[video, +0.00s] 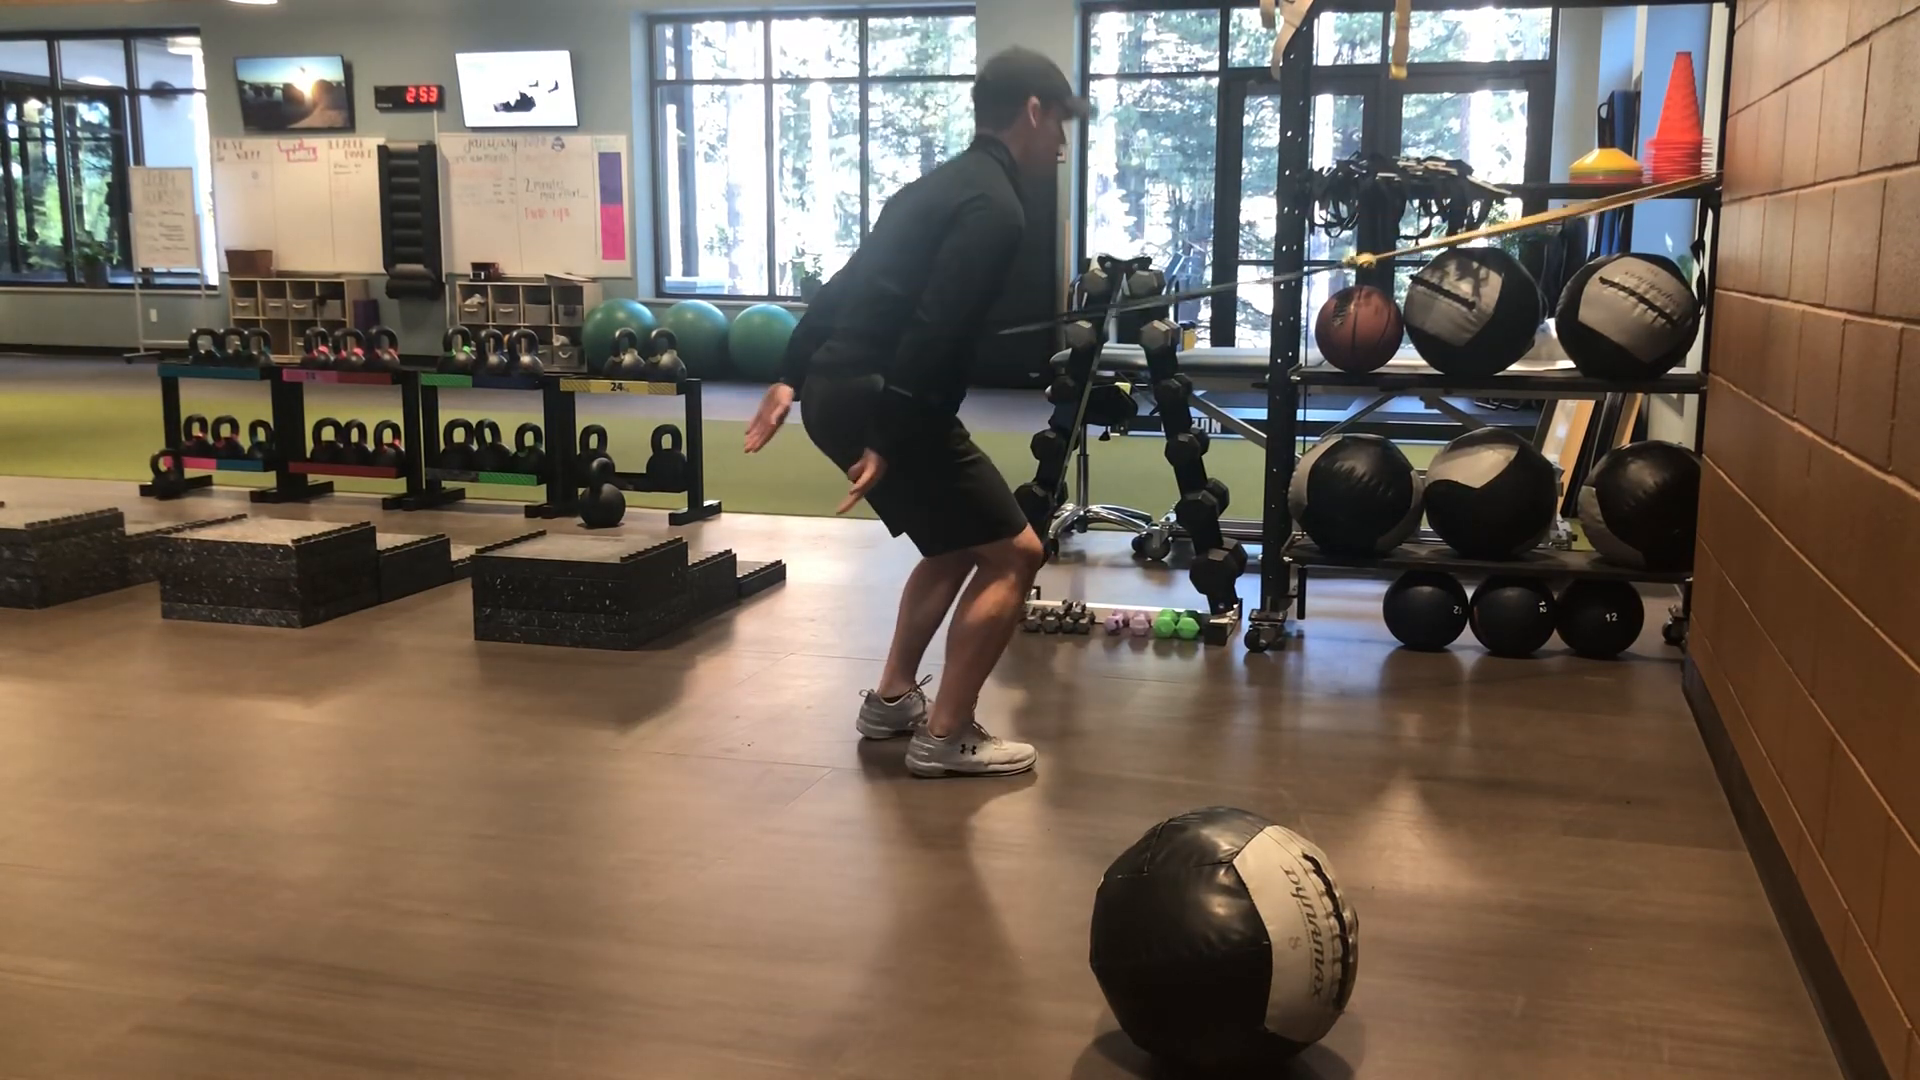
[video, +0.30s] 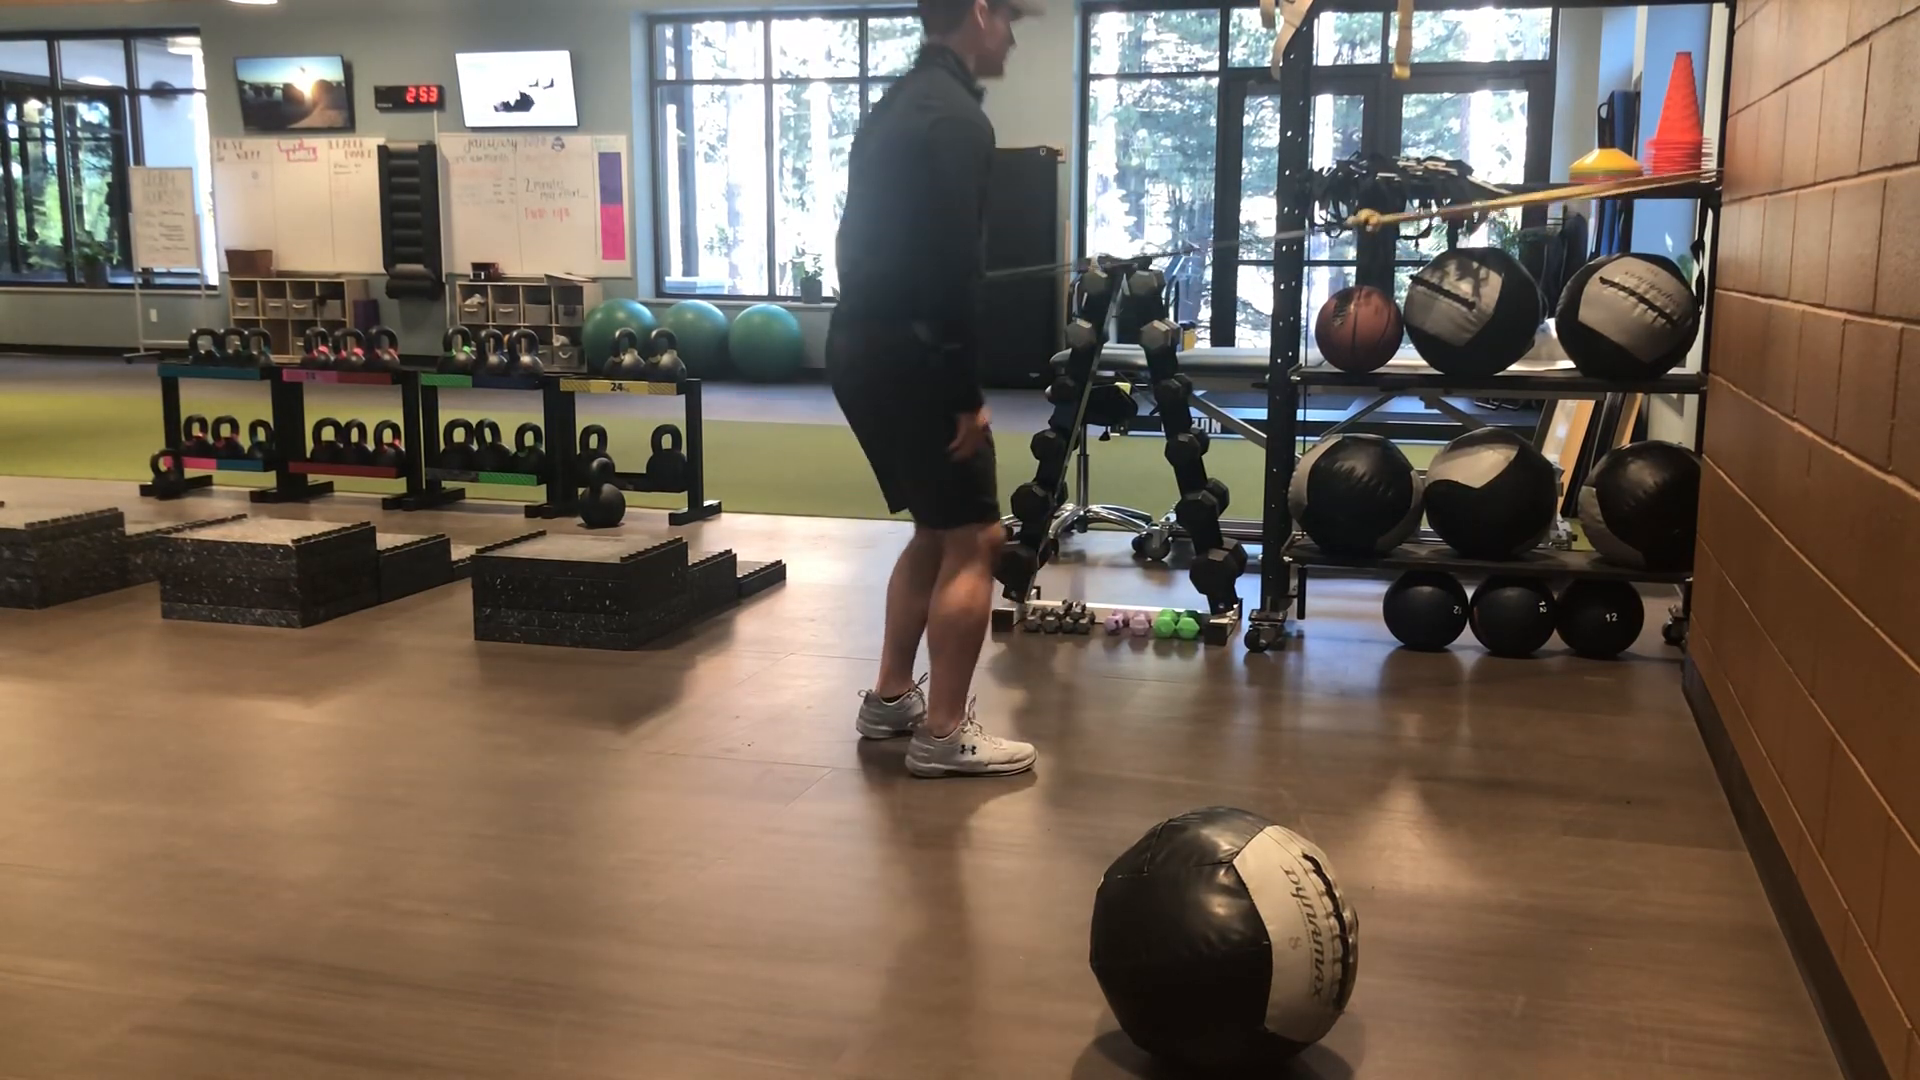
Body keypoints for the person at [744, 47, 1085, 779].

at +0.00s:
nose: (1064, 140)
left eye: (1065, 124)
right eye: (1060, 122)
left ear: (1001, 116)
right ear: (1029, 114)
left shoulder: (932, 185)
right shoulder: (995, 207)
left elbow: (849, 282)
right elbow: (939, 326)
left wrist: (791, 376)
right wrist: (890, 438)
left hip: (832, 386)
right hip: (884, 395)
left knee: (952, 542)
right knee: (1015, 553)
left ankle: (892, 698)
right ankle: (948, 732)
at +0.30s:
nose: (1012, 40)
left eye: (1013, 25)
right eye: (1010, 23)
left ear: (951, 20)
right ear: (980, 17)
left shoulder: (893, 105)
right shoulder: (957, 118)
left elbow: (862, 247)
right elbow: (948, 264)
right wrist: (967, 393)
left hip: (862, 348)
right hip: (913, 352)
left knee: (935, 529)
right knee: (975, 542)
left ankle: (889, 695)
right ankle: (944, 734)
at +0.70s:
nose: (981, 19)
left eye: (979, 8)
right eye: (977, 6)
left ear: (910, 14)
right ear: (949, 8)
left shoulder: (864, 104)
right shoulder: (941, 105)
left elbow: (899, 242)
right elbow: (965, 248)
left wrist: (980, 312)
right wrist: (1039, 338)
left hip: (871, 337)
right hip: (931, 343)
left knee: (891, 521)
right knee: (949, 538)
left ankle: (885, 697)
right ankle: (944, 729)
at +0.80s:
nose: (979, 17)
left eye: (977, 8)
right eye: (975, 6)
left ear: (906, 14)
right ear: (949, 7)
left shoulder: (866, 103)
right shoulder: (941, 103)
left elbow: (900, 232)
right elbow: (984, 231)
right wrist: (1079, 295)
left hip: (873, 337)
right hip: (935, 344)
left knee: (895, 521)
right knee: (948, 537)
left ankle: (885, 696)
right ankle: (943, 730)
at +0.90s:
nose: (980, 16)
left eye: (976, 6)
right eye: (976, 5)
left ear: (912, 13)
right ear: (949, 6)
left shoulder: (872, 96)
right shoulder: (946, 102)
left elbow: (956, 179)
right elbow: (1032, 205)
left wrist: (1045, 169)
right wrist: (1120, 182)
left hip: (876, 338)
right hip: (935, 346)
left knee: (902, 526)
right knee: (947, 543)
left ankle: (885, 700)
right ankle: (943, 731)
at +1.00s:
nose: (979, 13)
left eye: (975, 2)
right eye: (973, 2)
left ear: (906, 11)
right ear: (945, 5)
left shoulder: (875, 88)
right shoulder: (947, 91)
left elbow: (995, 139)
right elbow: (1079, 136)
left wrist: (1057, 79)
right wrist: (1123, 72)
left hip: (882, 335)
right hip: (941, 342)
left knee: (909, 522)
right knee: (949, 541)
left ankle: (890, 694)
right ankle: (944, 730)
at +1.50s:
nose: (967, 11)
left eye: (965, 7)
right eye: (962, 4)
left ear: (891, 1)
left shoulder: (871, 52)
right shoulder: (939, 43)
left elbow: (995, 49)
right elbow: (1072, 46)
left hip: (888, 302)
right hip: (946, 304)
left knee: (933, 493)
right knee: (973, 508)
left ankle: (912, 658)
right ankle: (973, 698)